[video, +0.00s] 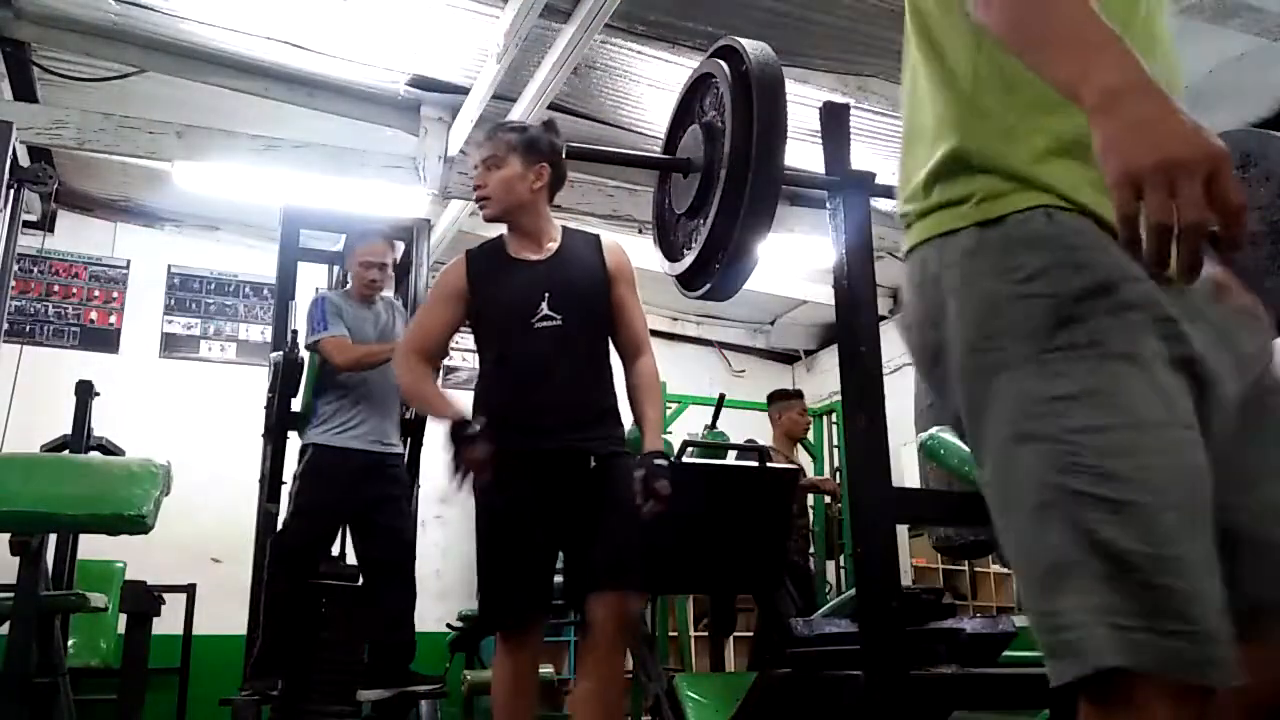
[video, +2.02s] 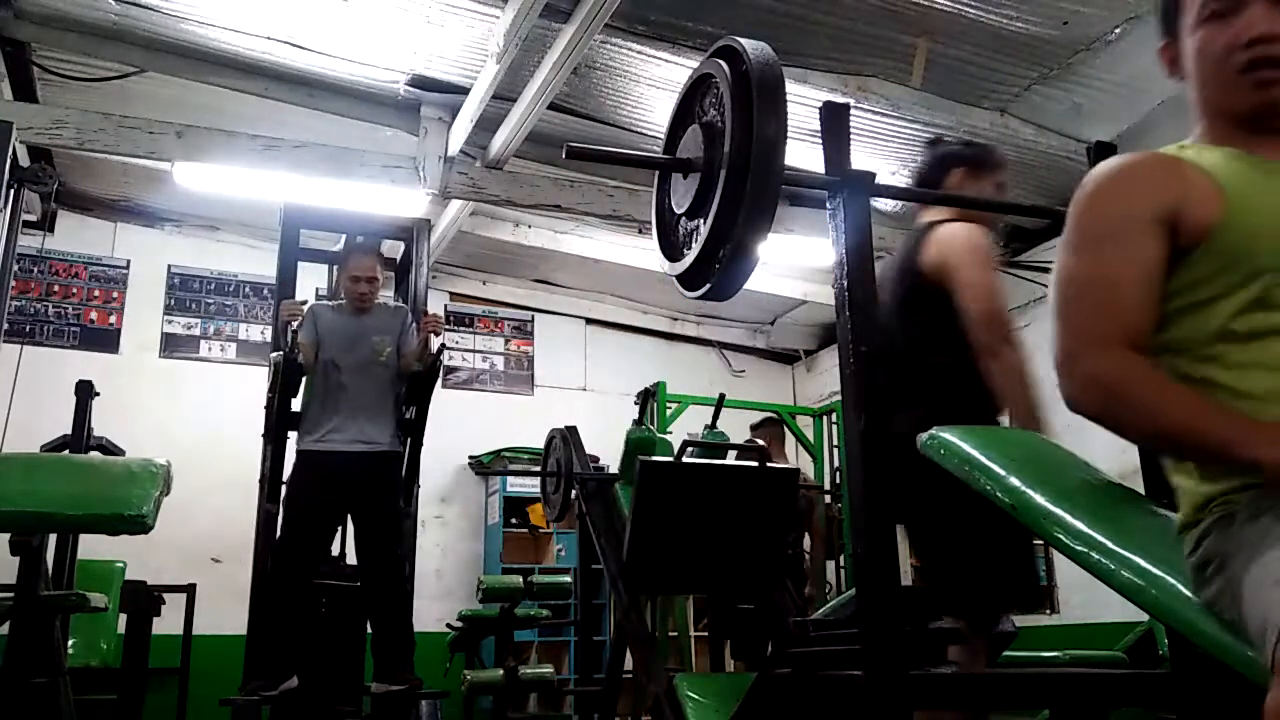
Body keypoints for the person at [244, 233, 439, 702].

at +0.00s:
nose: (377, 274)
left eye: (385, 267)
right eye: (368, 265)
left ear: (392, 269)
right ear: (348, 266)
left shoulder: (398, 315)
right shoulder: (328, 304)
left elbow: (415, 369)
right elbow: (342, 357)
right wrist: (405, 347)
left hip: (384, 458)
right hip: (329, 454)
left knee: (393, 574)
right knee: (293, 562)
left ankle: (390, 681)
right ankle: (271, 673)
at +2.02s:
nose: (365, 288)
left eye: (372, 280)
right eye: (357, 279)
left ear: (383, 280)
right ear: (340, 278)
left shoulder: (400, 316)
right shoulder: (318, 314)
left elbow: (411, 371)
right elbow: (302, 365)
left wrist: (426, 343)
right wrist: (290, 331)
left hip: (378, 457)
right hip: (319, 455)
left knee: (384, 570)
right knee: (296, 565)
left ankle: (394, 671)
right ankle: (283, 668)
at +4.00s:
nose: (359, 286)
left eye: (367, 279)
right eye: (351, 278)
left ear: (378, 280)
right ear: (335, 278)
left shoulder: (394, 318)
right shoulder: (313, 314)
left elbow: (413, 372)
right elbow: (285, 358)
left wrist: (430, 349)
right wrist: (279, 327)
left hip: (377, 457)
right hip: (318, 455)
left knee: (384, 571)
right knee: (296, 566)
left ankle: (387, 672)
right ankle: (279, 672)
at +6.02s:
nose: (371, 296)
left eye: (377, 288)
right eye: (363, 288)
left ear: (382, 282)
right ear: (340, 278)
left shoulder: (389, 315)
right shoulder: (310, 310)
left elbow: (410, 367)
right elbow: (291, 368)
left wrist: (430, 345)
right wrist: (284, 336)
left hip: (378, 455)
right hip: (320, 454)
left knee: (383, 569)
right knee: (297, 565)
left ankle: (385, 671)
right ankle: (279, 671)